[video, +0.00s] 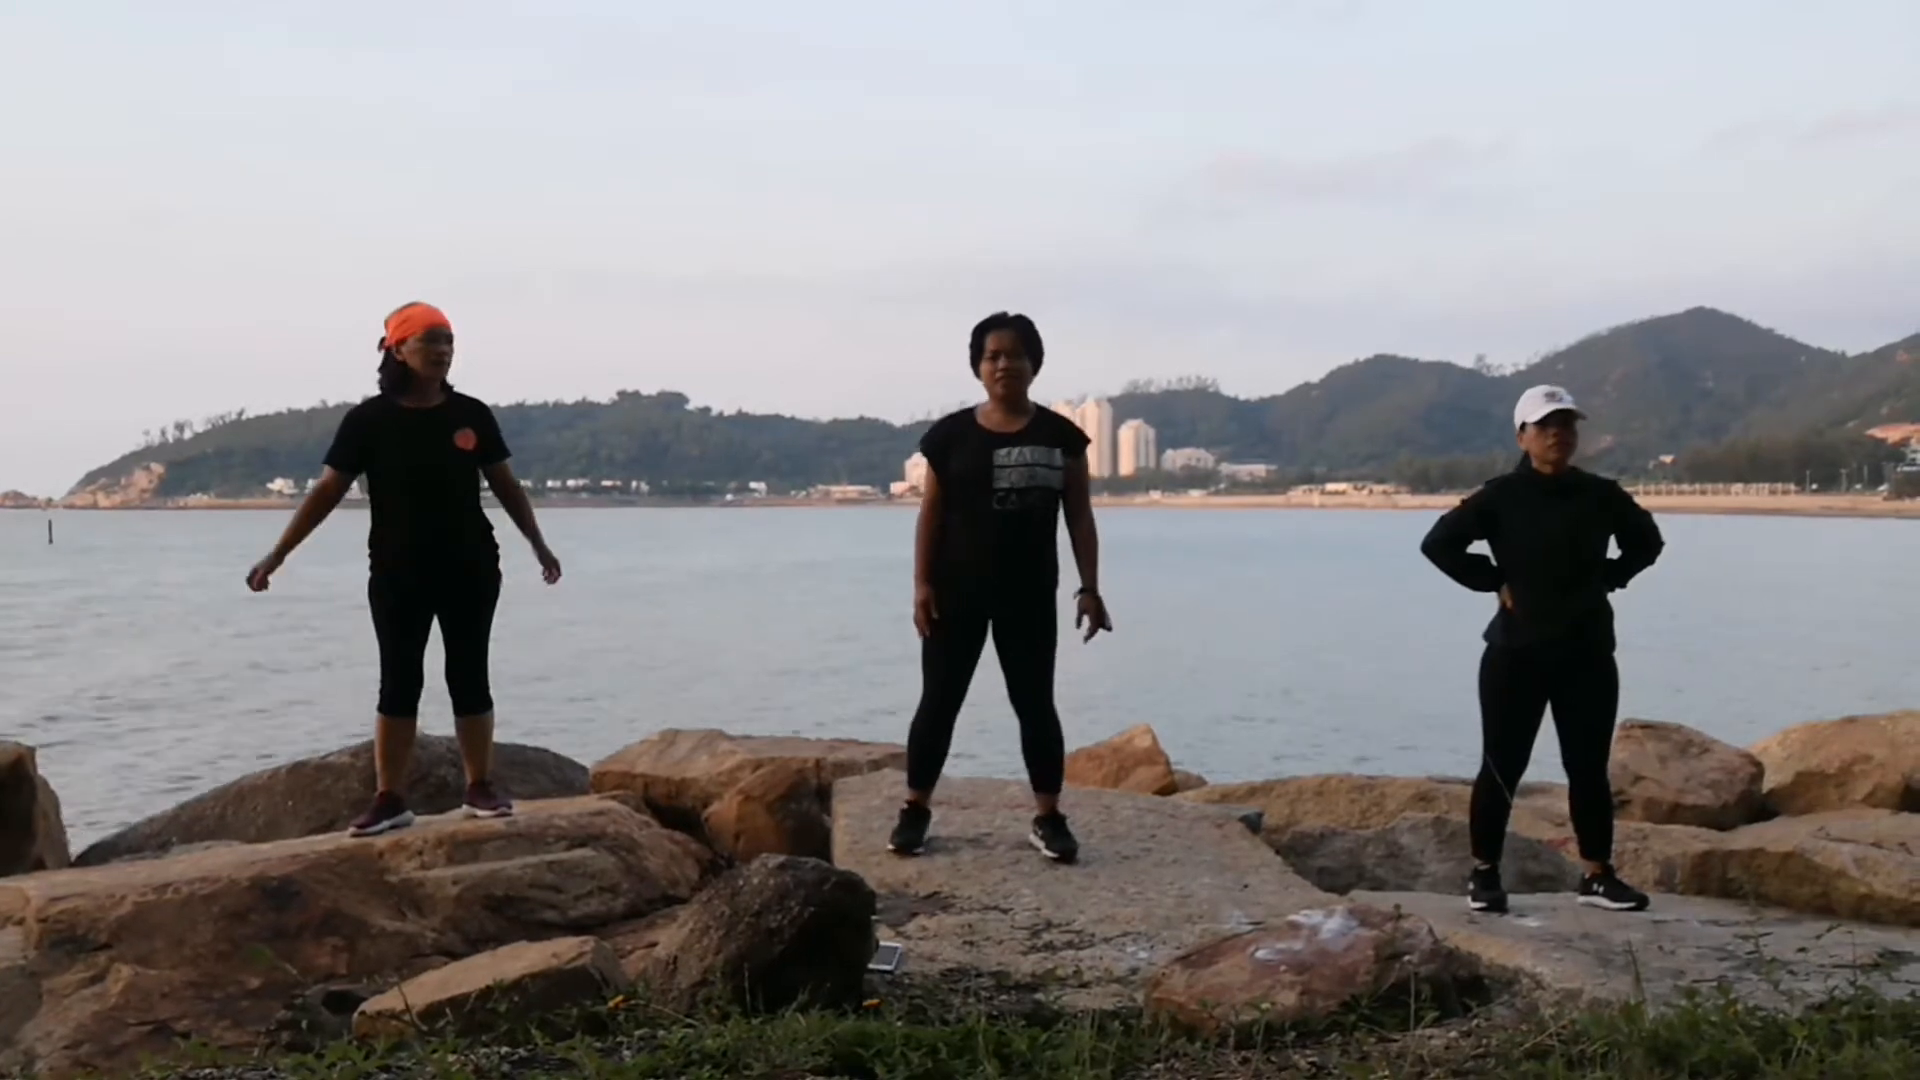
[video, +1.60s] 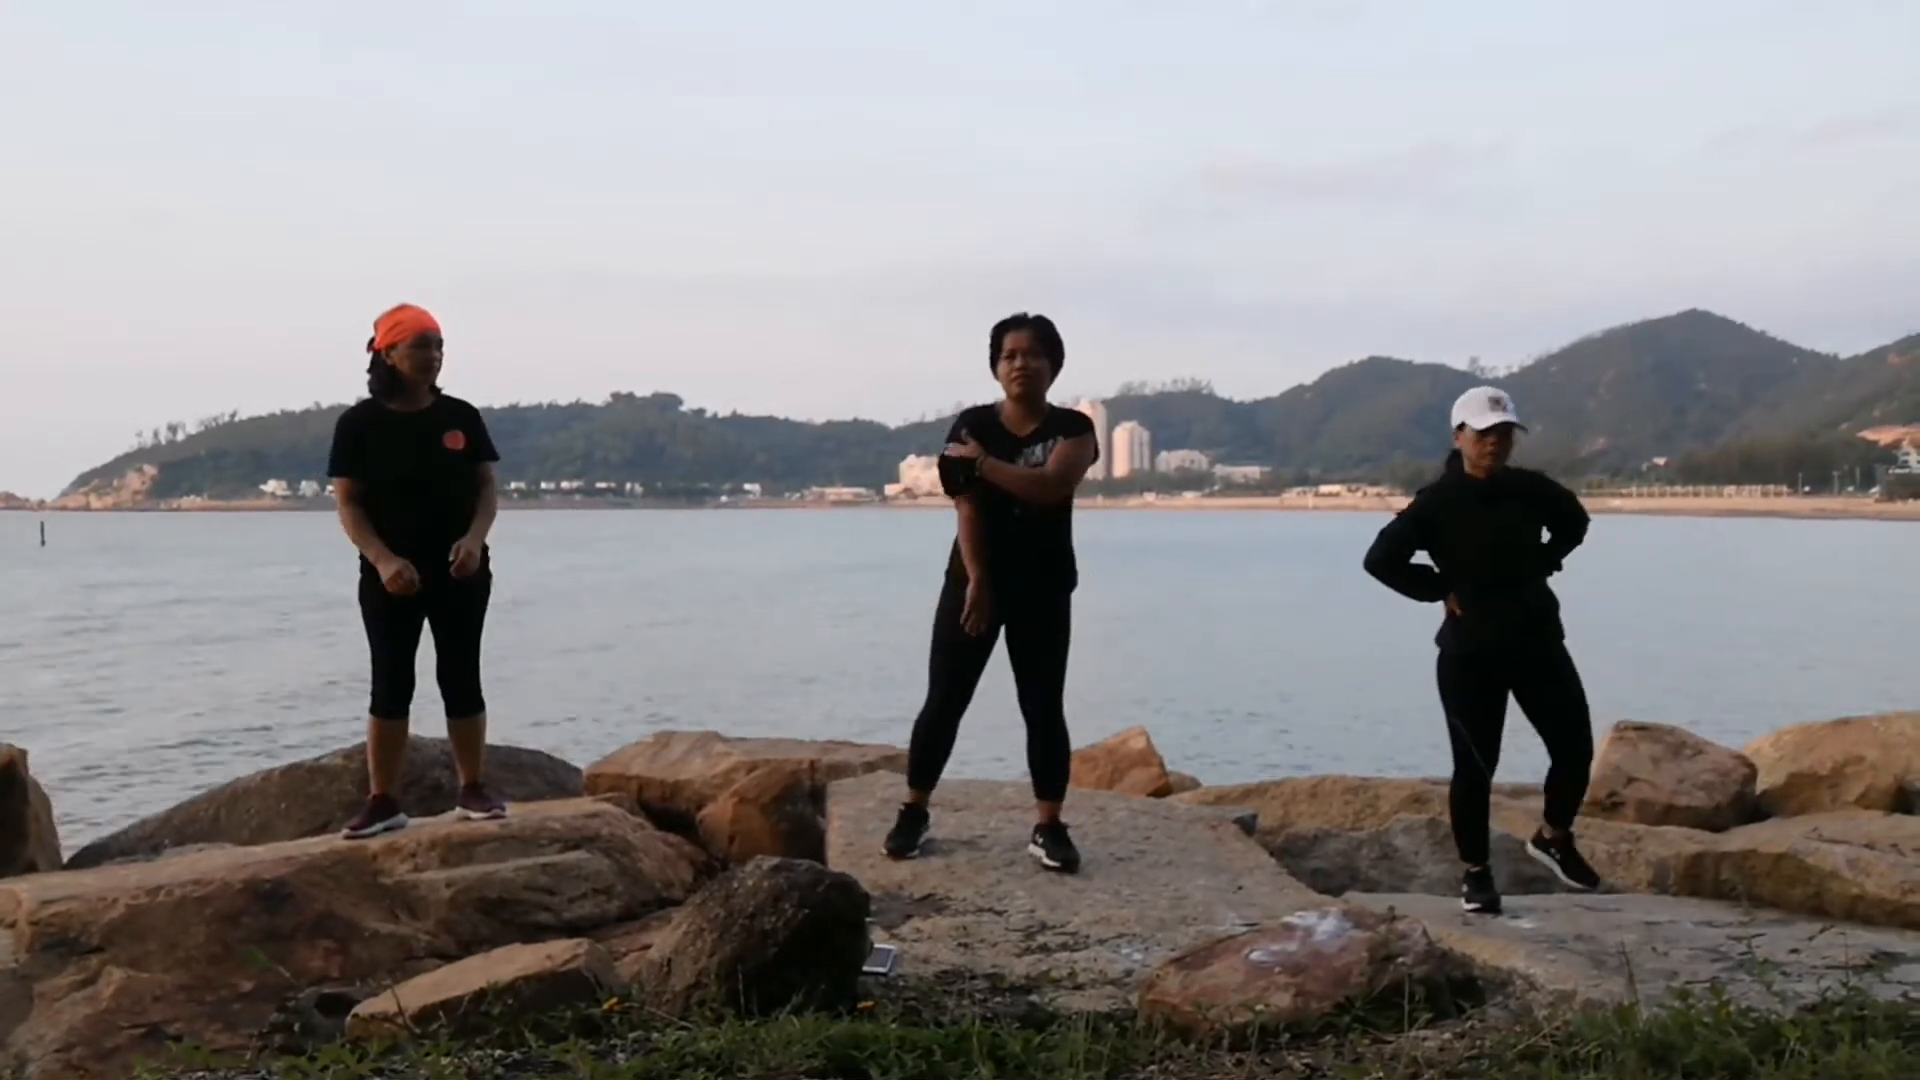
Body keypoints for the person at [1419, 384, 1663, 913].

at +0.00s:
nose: (1560, 435)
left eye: (1567, 426)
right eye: (1548, 426)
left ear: (1576, 433)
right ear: (1523, 435)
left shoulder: (1600, 494)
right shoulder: (1501, 496)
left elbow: (1648, 541)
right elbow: (1438, 545)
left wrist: (1607, 577)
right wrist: (1496, 581)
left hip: (1586, 652)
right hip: (1517, 652)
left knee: (1590, 770)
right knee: (1502, 767)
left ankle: (1598, 875)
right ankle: (1485, 874)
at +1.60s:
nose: (1493, 442)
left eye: (1502, 432)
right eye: (1482, 433)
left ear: (1512, 436)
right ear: (1459, 437)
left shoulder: (1532, 489)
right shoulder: (1437, 502)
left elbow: (1574, 524)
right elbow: (1380, 561)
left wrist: (1542, 565)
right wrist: (1441, 591)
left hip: (1536, 642)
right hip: (1471, 648)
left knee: (1575, 749)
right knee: (1474, 765)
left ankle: (1555, 836)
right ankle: (1476, 873)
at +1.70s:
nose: (1496, 447)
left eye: (1502, 438)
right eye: (1485, 438)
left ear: (1510, 439)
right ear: (1456, 438)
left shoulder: (1528, 488)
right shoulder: (1432, 502)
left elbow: (1572, 525)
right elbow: (1375, 562)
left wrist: (1541, 564)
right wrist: (1437, 591)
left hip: (1534, 639)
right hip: (1470, 647)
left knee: (1577, 746)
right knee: (1473, 765)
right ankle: (1476, 875)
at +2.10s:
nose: (1515, 457)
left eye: (1519, 447)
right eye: (1505, 446)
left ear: (1521, 444)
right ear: (1474, 442)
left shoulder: (1536, 489)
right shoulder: (1447, 501)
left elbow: (1567, 525)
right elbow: (1388, 567)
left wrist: (1536, 570)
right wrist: (1450, 594)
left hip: (1541, 636)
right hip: (1479, 642)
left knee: (1570, 743)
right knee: (1476, 765)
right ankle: (1473, 874)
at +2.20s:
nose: (1532, 461)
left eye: (1536, 451)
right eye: (1523, 451)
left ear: (1540, 446)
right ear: (1491, 444)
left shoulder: (1549, 493)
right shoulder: (1461, 500)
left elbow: (1566, 537)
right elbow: (1403, 568)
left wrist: (1533, 581)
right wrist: (1462, 595)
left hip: (1547, 642)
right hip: (1486, 648)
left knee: (1577, 751)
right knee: (1480, 765)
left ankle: (1590, 853)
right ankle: (1474, 875)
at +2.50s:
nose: (1603, 471)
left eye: (1610, 461)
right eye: (1594, 460)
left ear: (1618, 451)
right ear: (1566, 446)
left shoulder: (1621, 496)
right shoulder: (1527, 498)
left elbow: (1644, 545)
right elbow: (1459, 547)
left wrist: (1605, 581)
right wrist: (1512, 585)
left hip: (1604, 649)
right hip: (1536, 650)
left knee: (1627, 767)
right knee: (1513, 766)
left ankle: (1645, 880)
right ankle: (1478, 875)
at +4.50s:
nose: (1587, 440)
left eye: (1598, 430)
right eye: (1576, 430)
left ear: (1614, 440)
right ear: (1559, 439)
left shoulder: (1634, 501)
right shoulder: (1535, 499)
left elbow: (1673, 546)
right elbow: (1469, 548)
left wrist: (1634, 584)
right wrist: (1519, 589)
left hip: (1613, 657)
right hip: (1544, 657)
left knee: (1623, 775)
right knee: (1525, 772)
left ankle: (1639, 880)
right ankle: (1498, 884)